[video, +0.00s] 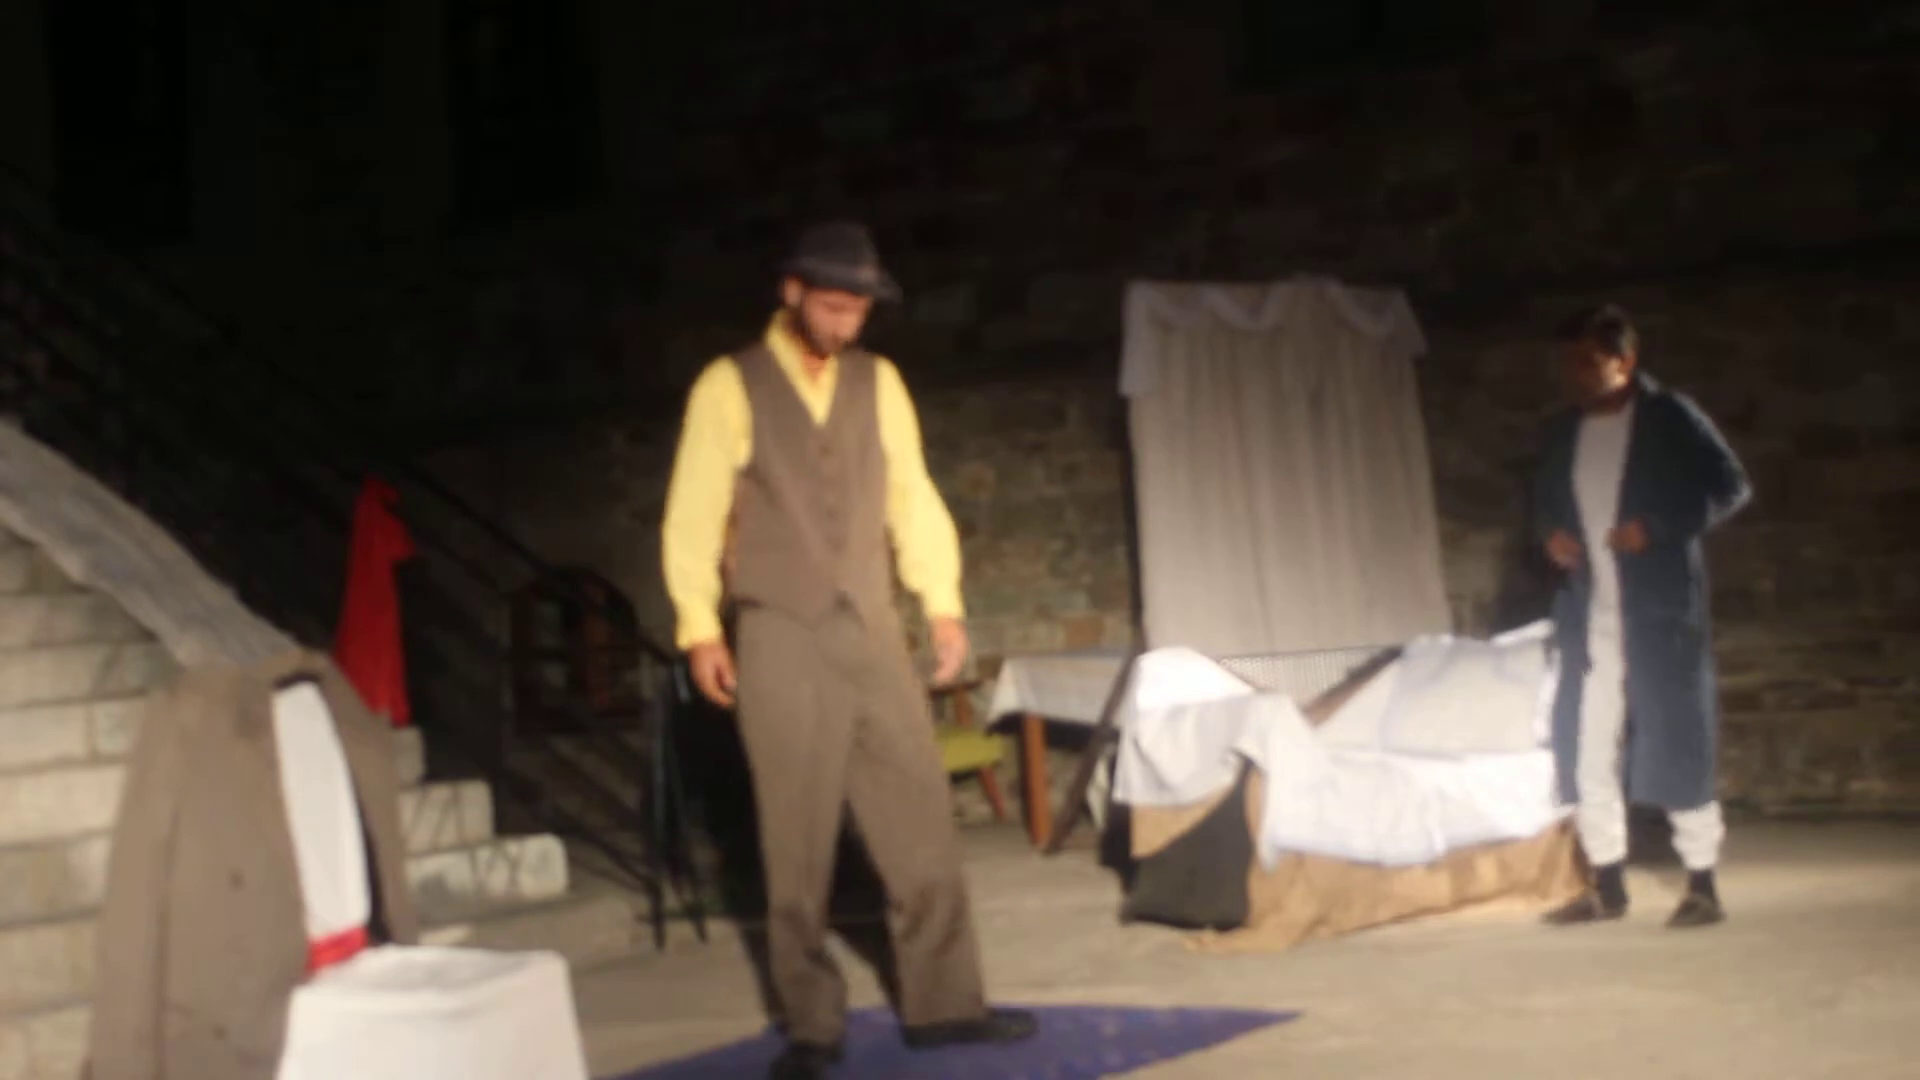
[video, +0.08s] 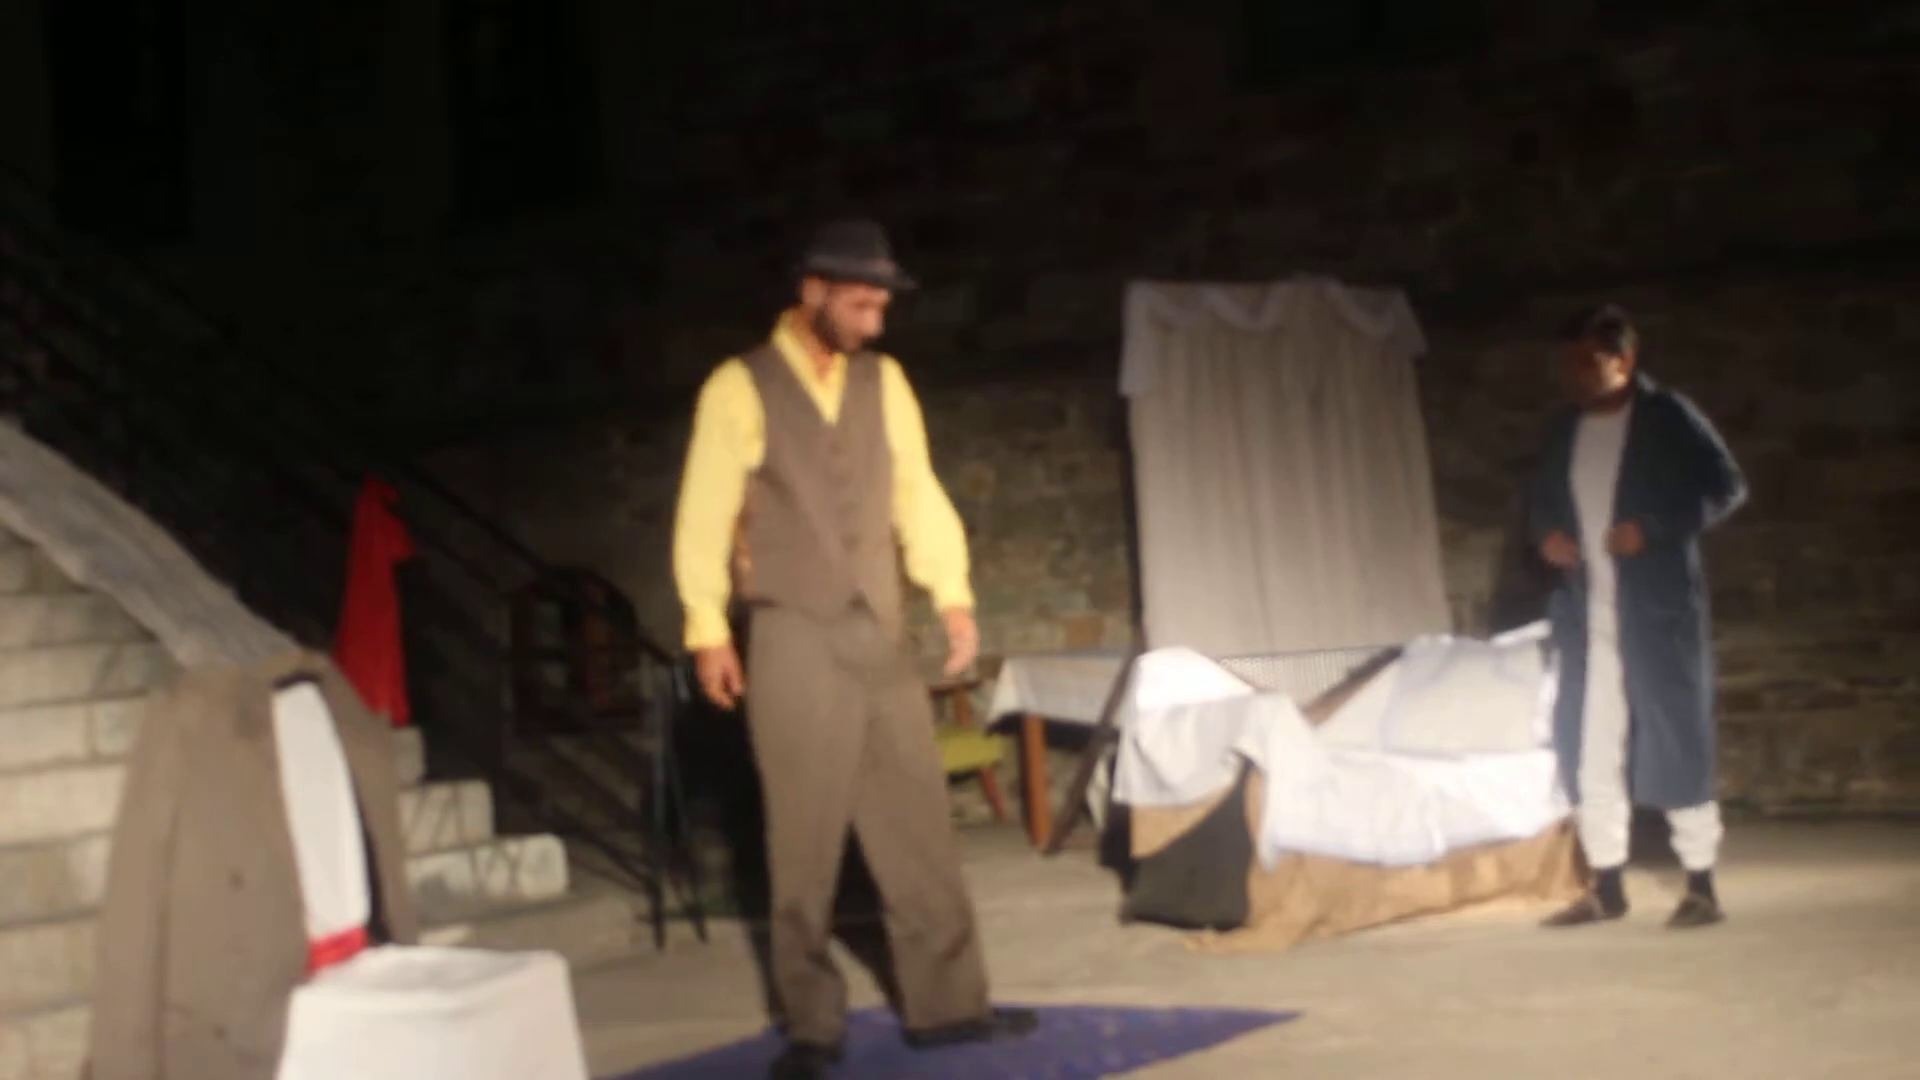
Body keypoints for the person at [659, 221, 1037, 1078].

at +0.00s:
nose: (852, 317)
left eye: (862, 302)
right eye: (837, 300)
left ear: (870, 303)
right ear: (792, 292)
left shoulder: (881, 386)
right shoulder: (729, 389)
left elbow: (913, 501)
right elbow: (691, 517)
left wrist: (944, 608)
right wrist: (699, 628)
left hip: (875, 635)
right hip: (780, 640)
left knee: (920, 817)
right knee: (798, 837)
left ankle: (945, 1004)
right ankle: (811, 1024)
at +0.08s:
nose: (875, 313)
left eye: (882, 297)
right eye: (861, 296)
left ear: (883, 300)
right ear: (812, 292)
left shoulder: (887, 386)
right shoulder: (740, 390)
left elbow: (919, 498)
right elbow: (702, 517)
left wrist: (954, 600)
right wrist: (707, 630)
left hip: (882, 634)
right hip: (792, 637)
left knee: (917, 818)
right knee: (806, 831)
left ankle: (948, 1003)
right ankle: (810, 1022)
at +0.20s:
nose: (907, 315)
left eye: (911, 299)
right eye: (894, 298)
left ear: (892, 302)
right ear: (844, 292)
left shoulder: (902, 387)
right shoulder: (766, 387)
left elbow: (930, 498)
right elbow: (722, 515)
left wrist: (950, 594)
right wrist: (744, 628)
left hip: (902, 629)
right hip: (818, 631)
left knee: (919, 816)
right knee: (823, 824)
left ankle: (943, 1004)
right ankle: (812, 1023)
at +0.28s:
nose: (927, 317)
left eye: (931, 303)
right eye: (916, 300)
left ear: (908, 303)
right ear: (867, 292)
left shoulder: (911, 386)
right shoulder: (788, 384)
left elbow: (933, 502)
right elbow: (739, 509)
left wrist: (940, 603)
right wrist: (786, 625)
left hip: (914, 629)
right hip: (838, 633)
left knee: (928, 824)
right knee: (839, 831)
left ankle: (944, 1007)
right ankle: (814, 1026)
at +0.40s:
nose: (954, 325)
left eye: (959, 311)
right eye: (947, 307)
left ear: (932, 305)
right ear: (898, 293)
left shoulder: (922, 386)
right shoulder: (823, 384)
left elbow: (924, 507)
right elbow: (773, 504)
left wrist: (931, 607)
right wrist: (811, 619)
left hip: (931, 631)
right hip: (869, 634)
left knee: (941, 820)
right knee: (865, 823)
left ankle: (943, 1008)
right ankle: (832, 1021)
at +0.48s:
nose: (968, 322)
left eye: (973, 307)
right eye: (962, 304)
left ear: (936, 300)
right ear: (914, 291)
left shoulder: (924, 383)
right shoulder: (845, 379)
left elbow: (913, 507)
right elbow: (794, 496)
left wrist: (935, 617)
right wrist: (822, 605)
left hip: (932, 620)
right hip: (882, 620)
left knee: (948, 811)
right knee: (894, 813)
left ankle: (946, 1001)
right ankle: (873, 1012)